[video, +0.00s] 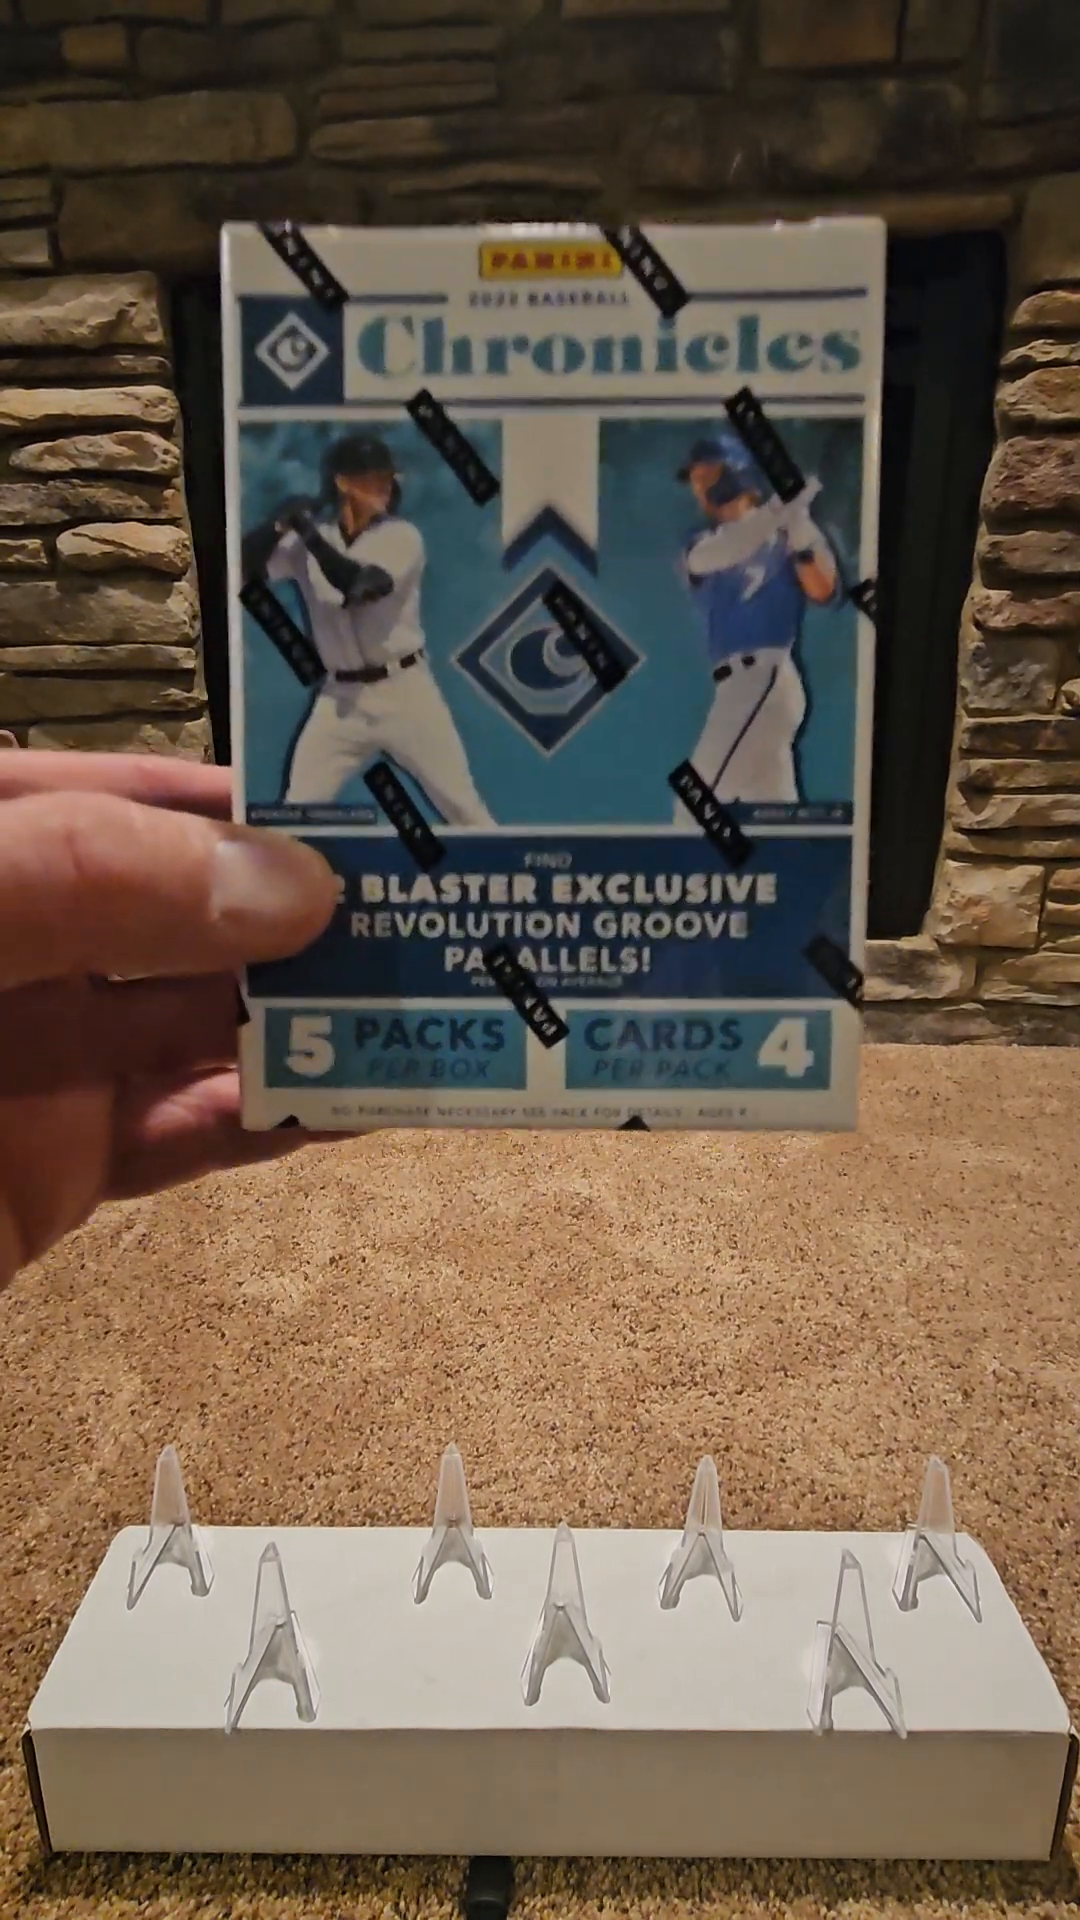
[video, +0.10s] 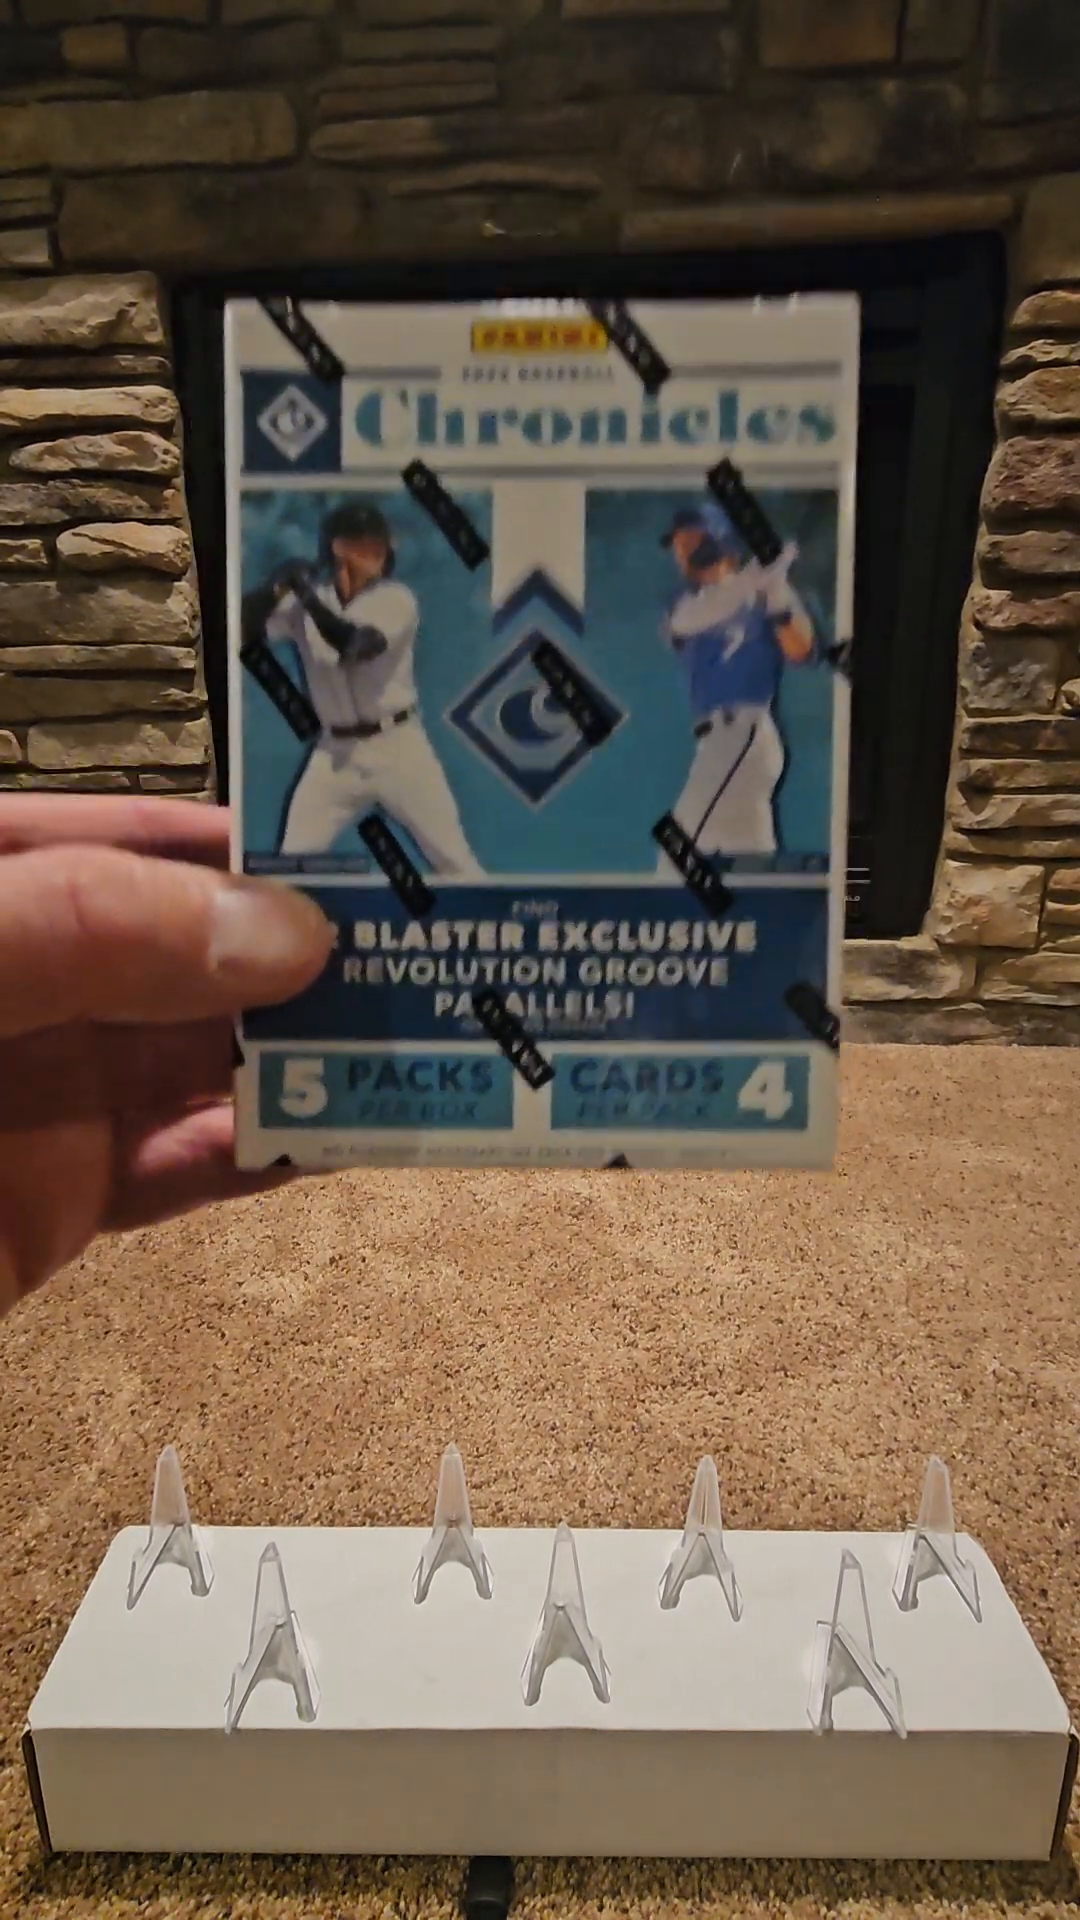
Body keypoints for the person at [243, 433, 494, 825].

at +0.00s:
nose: (384, 483)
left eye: (387, 475)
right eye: (371, 474)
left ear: (393, 482)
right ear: (343, 483)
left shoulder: (401, 536)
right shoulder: (306, 543)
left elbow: (359, 588)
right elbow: (244, 569)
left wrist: (306, 532)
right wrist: (277, 525)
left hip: (407, 692)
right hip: (340, 699)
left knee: (462, 806)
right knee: (299, 815)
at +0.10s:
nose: (374, 549)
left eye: (379, 541)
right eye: (362, 540)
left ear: (387, 549)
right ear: (337, 547)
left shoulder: (396, 599)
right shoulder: (304, 604)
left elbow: (355, 646)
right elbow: (245, 631)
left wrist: (306, 595)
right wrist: (274, 589)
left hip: (399, 747)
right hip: (334, 753)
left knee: (454, 861)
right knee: (294, 864)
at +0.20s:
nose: (378, 597)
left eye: (379, 590)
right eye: (367, 589)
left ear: (382, 596)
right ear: (337, 595)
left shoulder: (390, 647)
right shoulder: (300, 651)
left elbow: (348, 691)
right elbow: (242, 671)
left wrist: (302, 638)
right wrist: (273, 633)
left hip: (391, 792)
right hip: (328, 796)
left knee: (444, 902)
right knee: (285, 904)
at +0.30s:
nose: (371, 597)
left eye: (372, 589)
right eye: (360, 589)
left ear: (376, 595)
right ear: (330, 596)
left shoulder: (383, 646)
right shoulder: (294, 652)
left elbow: (342, 691)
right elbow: (238, 673)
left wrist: (296, 640)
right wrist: (266, 634)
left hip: (386, 791)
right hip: (323, 796)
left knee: (439, 899)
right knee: (282, 903)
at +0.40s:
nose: (381, 613)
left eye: (382, 605)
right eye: (369, 605)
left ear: (386, 611)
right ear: (341, 612)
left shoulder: (394, 661)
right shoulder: (305, 668)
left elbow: (350, 708)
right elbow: (245, 693)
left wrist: (306, 655)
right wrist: (278, 651)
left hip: (397, 807)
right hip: (334, 812)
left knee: (450, 914)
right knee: (295, 919)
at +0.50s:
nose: (384, 635)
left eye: (386, 627)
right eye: (373, 627)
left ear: (390, 633)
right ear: (344, 634)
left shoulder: (398, 683)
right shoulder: (309, 691)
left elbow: (357, 728)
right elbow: (252, 712)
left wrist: (311, 677)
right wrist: (282, 674)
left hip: (402, 826)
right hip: (340, 832)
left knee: (456, 933)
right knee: (301, 938)